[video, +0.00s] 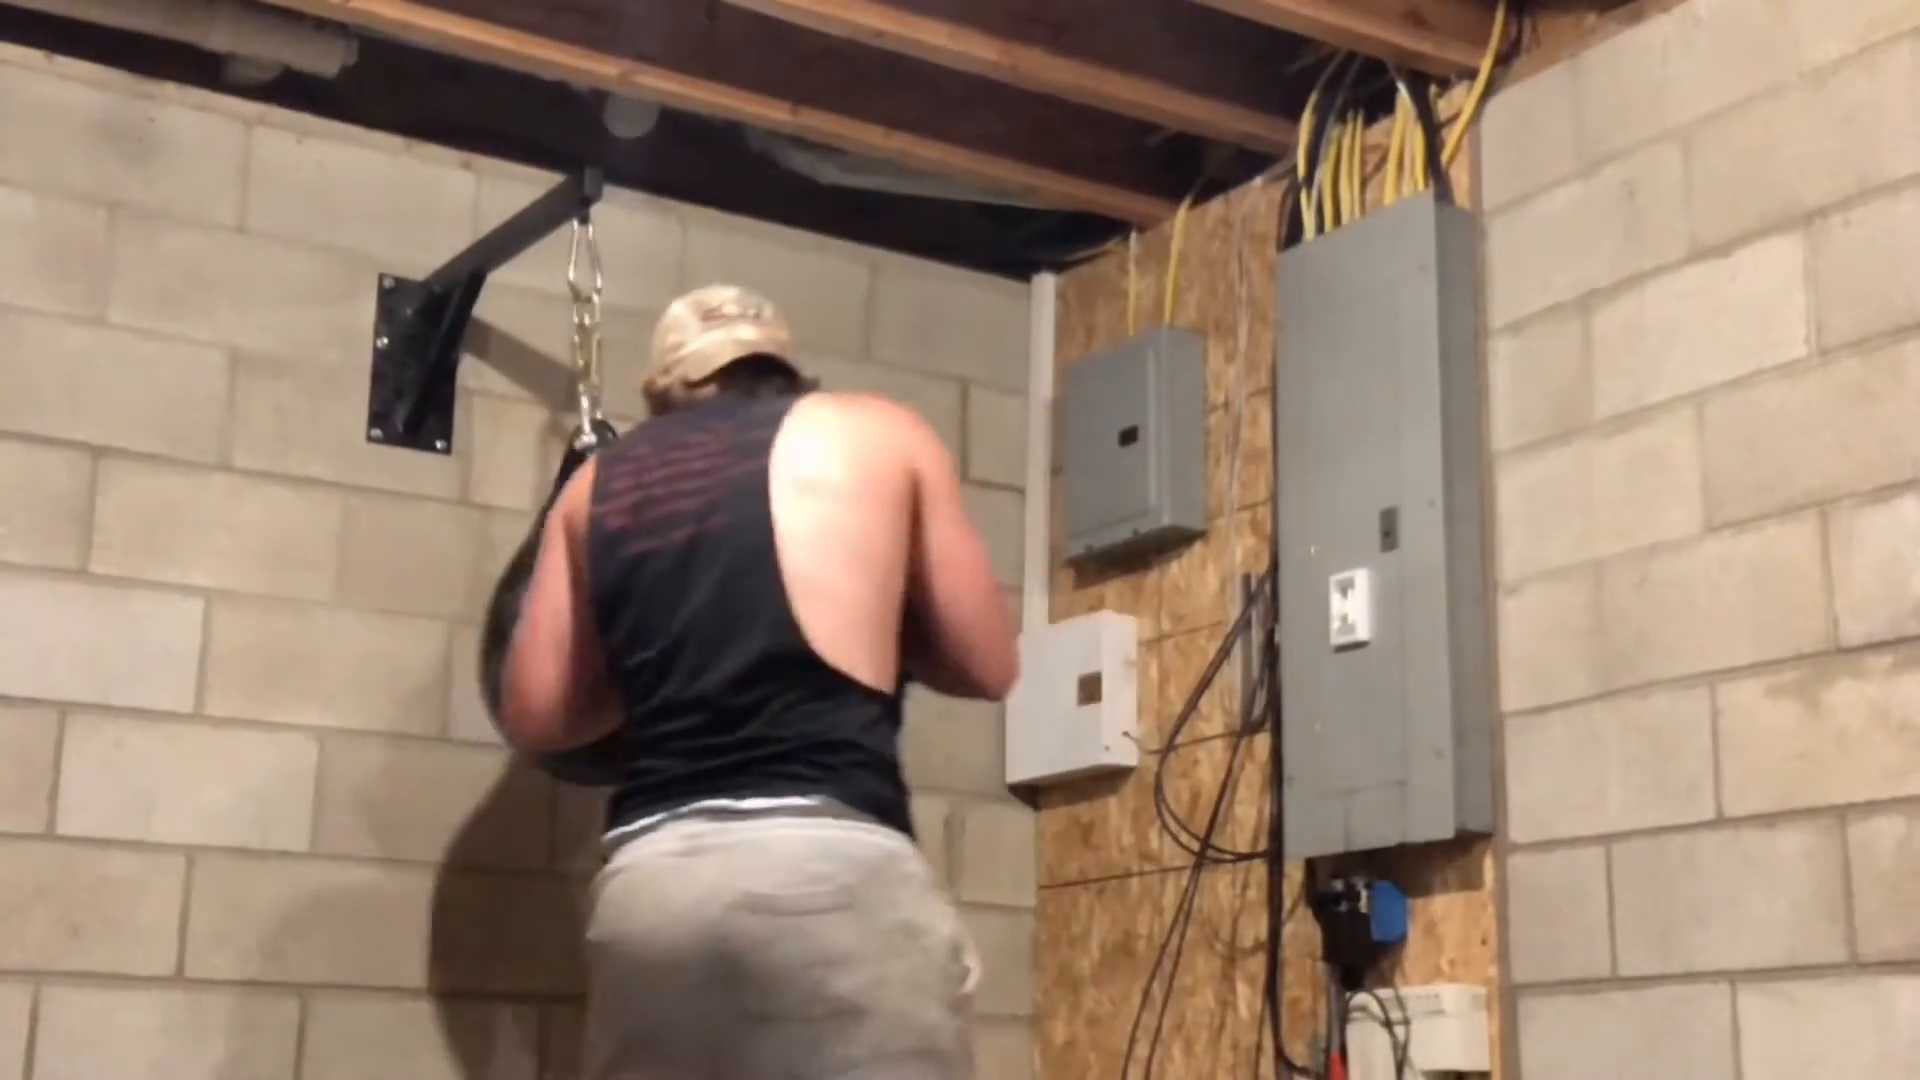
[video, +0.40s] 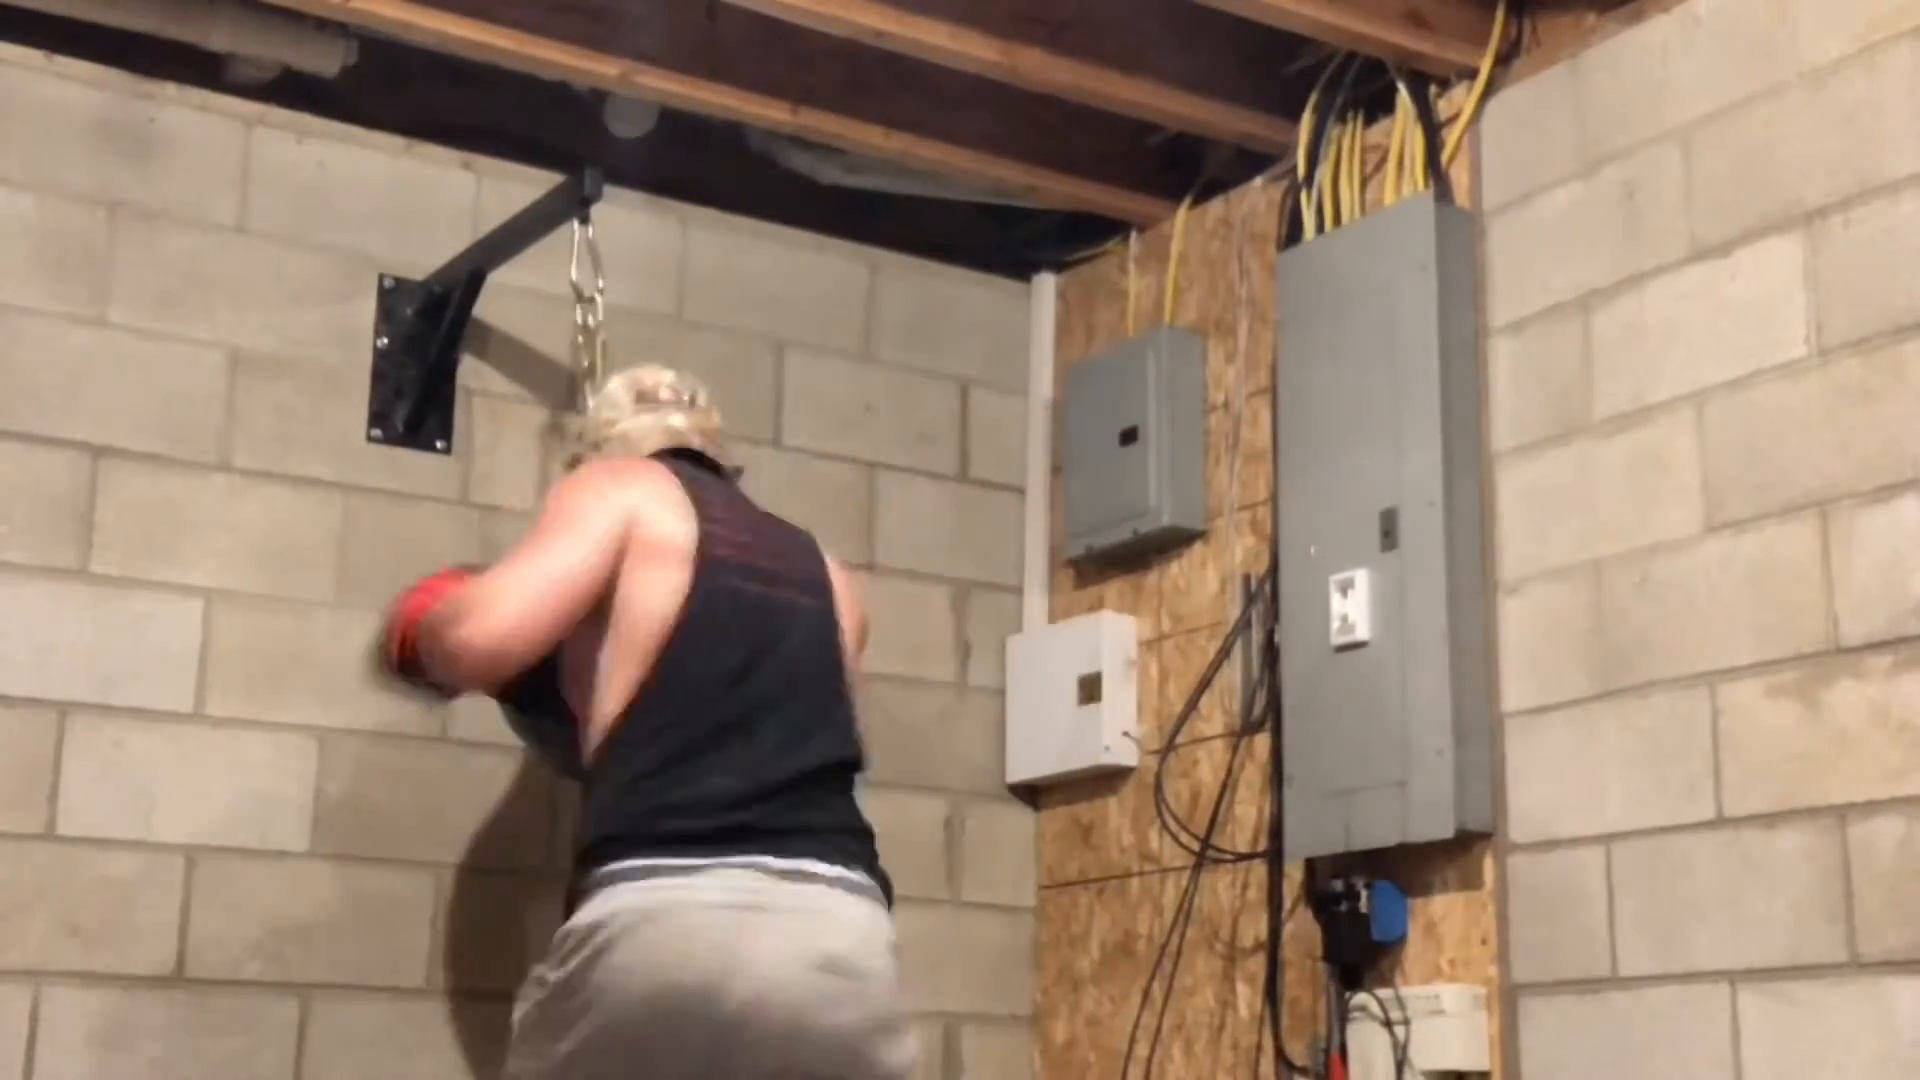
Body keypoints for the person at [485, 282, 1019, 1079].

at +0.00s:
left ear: (662, 388)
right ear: (786, 369)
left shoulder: (591, 484)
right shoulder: (887, 431)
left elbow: (537, 715)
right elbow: (987, 664)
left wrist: (666, 660)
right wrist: (854, 612)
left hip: (650, 882)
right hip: (845, 876)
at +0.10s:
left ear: (637, 399)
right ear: (765, 383)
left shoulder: (572, 486)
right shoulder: (871, 449)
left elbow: (512, 718)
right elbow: (952, 686)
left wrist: (636, 640)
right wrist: (834, 612)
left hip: (626, 886)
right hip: (817, 881)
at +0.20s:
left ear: (616, 404)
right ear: (738, 395)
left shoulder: (569, 473)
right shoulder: (858, 479)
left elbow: (477, 704)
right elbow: (903, 722)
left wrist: (579, 627)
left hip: (629, 881)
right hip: (819, 882)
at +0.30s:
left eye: (589, 423)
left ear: (606, 421)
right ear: (718, 423)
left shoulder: (591, 472)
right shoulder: (837, 527)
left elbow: (450, 682)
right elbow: (845, 703)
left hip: (651, 895)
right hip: (832, 917)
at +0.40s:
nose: (581, 465)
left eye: (589, 451)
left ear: (608, 442)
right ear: (720, 450)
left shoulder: (619, 487)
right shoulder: (831, 572)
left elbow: (480, 643)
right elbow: (814, 719)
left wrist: (427, 612)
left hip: (658, 923)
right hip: (840, 934)